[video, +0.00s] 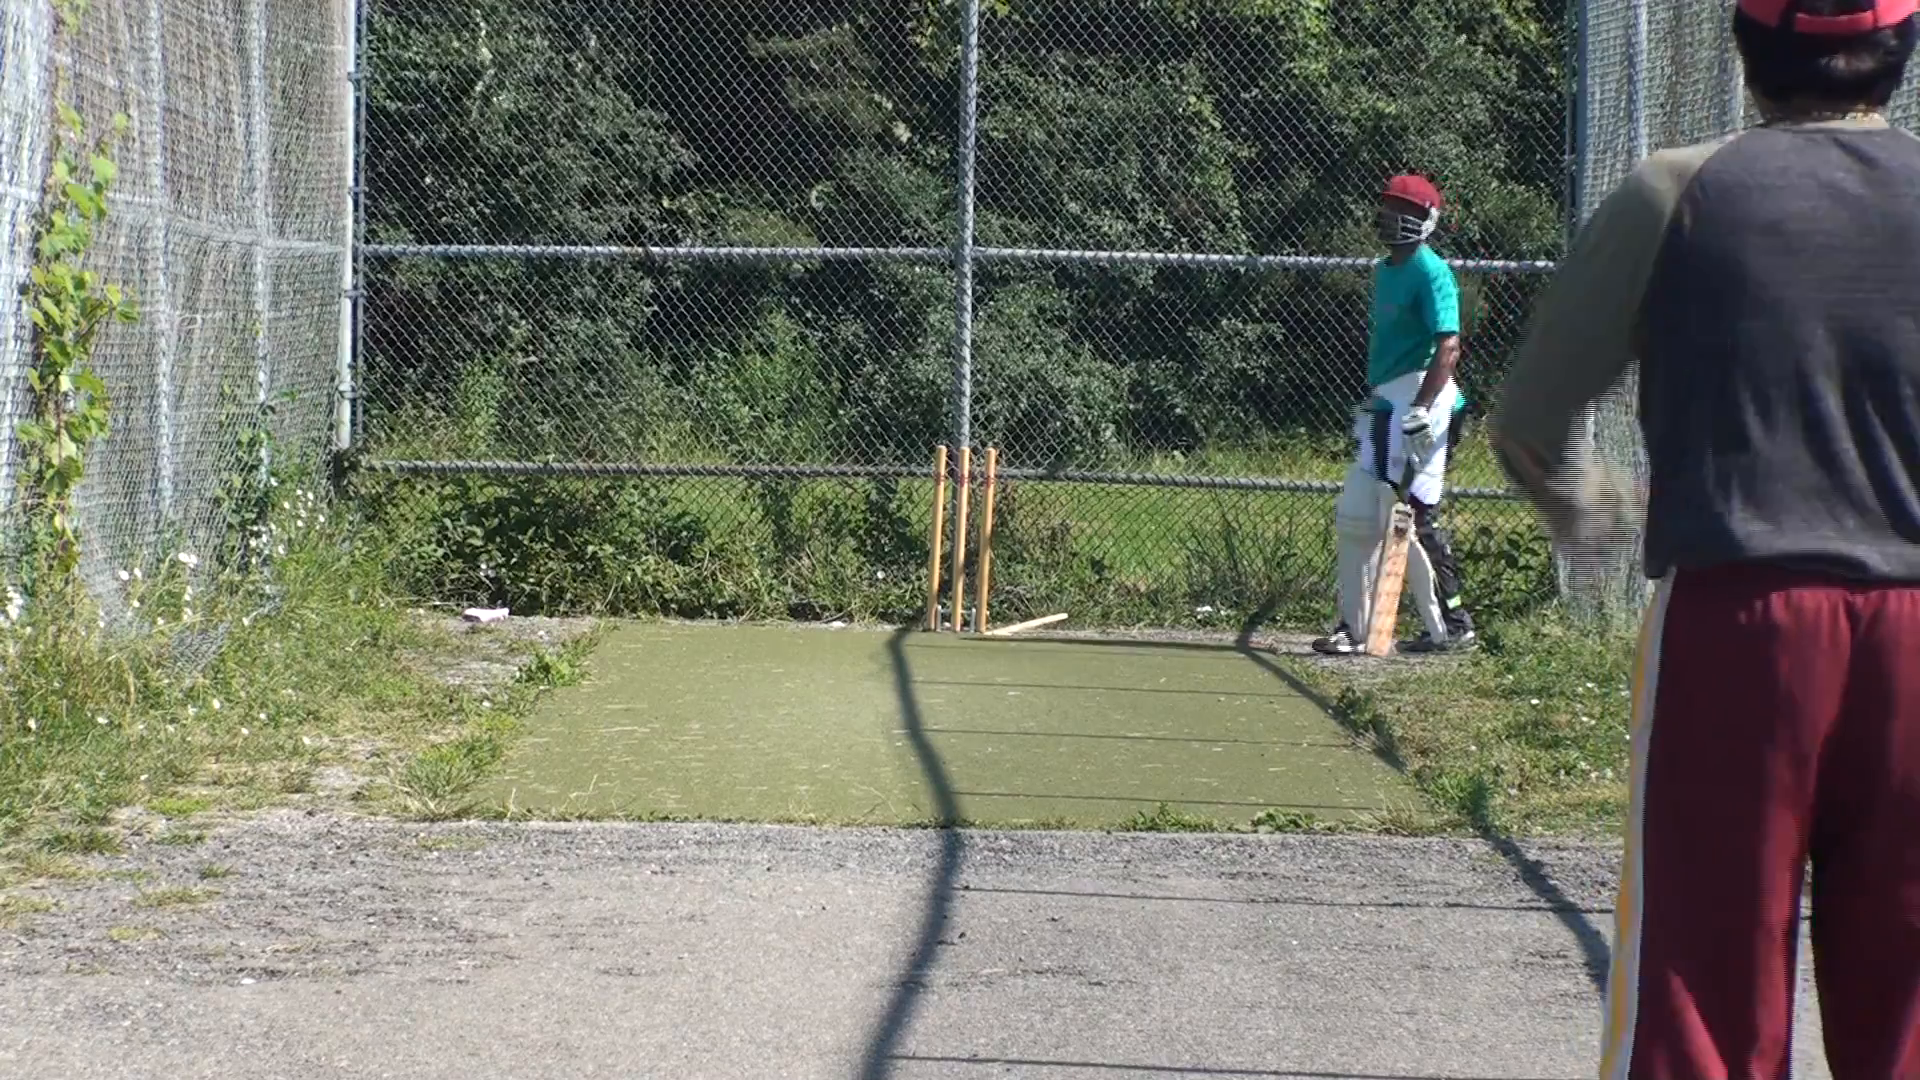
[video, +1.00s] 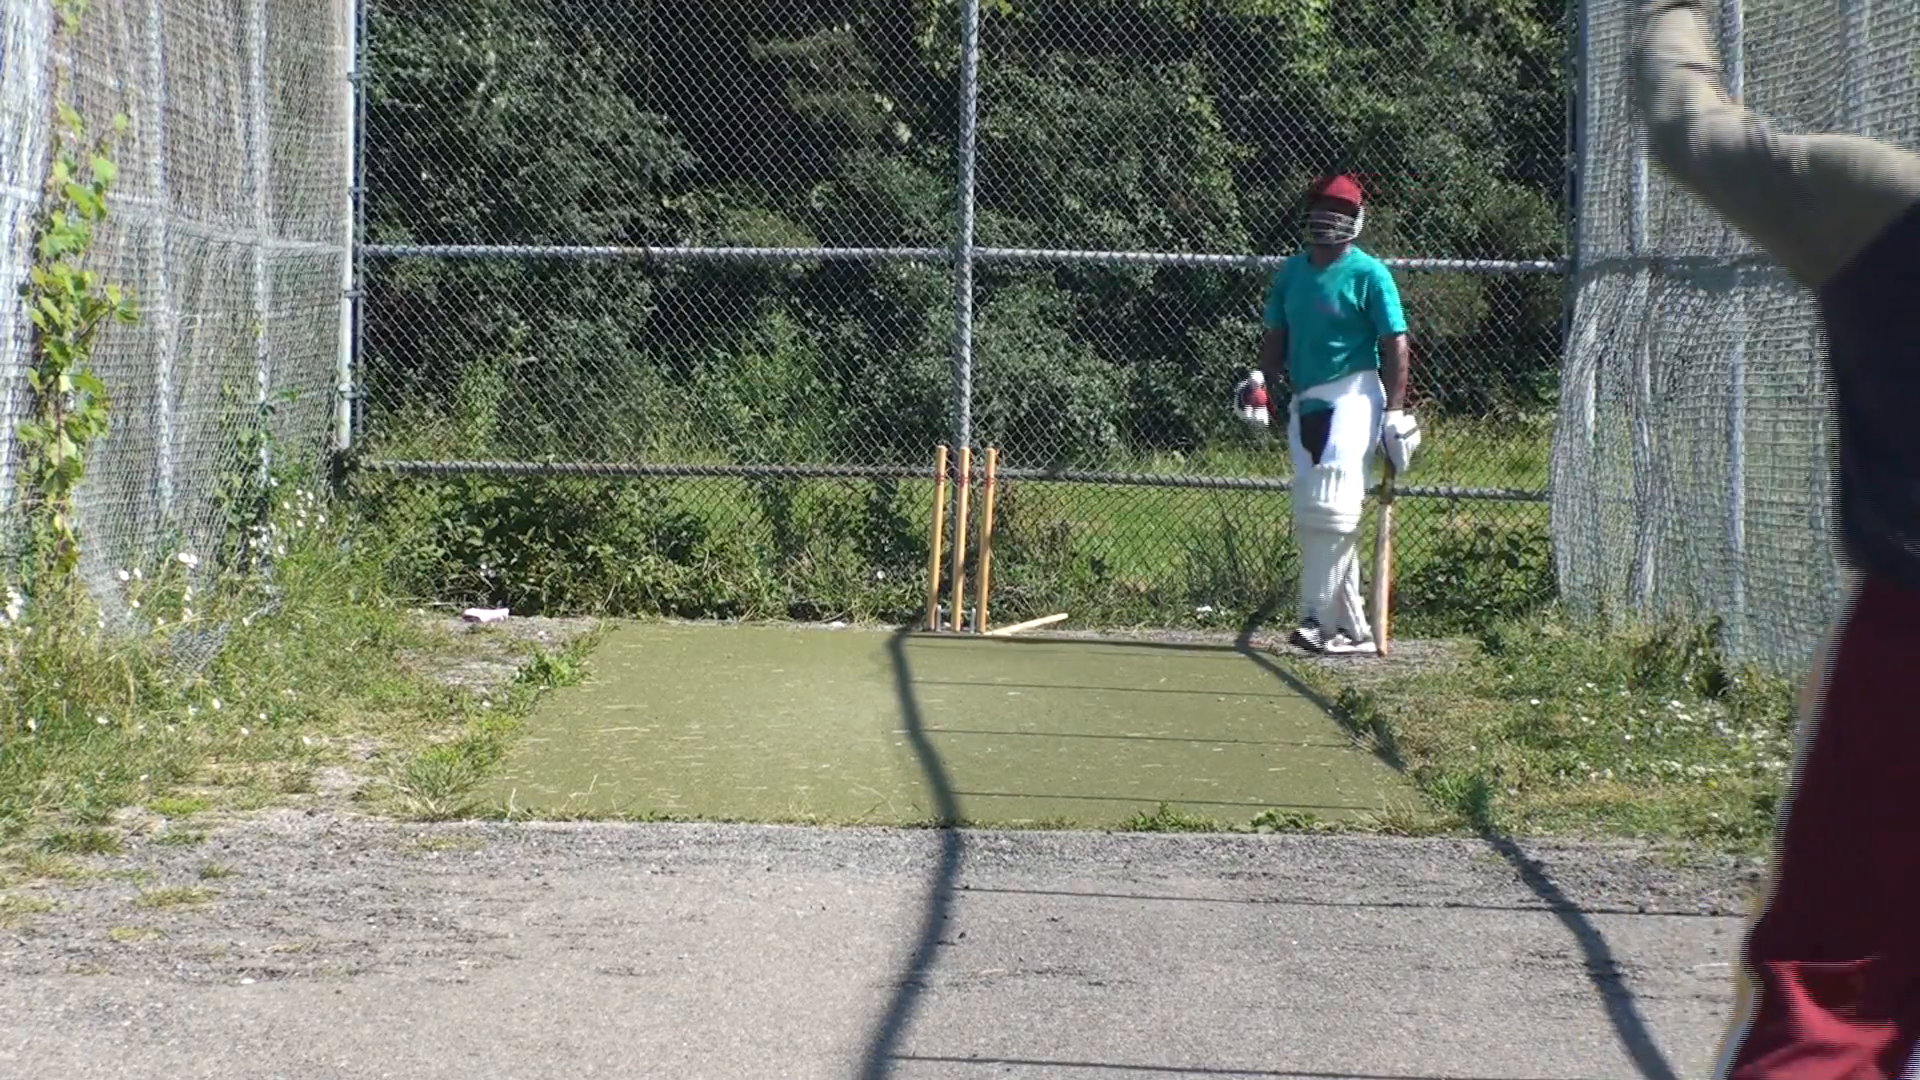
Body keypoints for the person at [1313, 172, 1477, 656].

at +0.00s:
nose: (1396, 224)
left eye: (1408, 217)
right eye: (1388, 215)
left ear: (1429, 222)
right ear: (1380, 218)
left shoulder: (1432, 272)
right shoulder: (1387, 270)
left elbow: (1449, 347)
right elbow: (1389, 345)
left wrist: (1423, 410)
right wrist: (1372, 404)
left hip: (1418, 400)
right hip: (1385, 401)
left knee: (1410, 516)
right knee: (1355, 515)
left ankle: (1447, 624)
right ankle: (1356, 626)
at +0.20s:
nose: (1382, 224)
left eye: (1395, 217)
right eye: (1375, 214)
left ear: (1413, 223)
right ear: (1366, 217)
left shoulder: (1418, 273)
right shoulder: (1353, 271)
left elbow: (1440, 345)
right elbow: (1342, 338)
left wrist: (1424, 409)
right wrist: (1328, 397)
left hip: (1393, 400)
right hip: (1351, 400)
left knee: (1374, 519)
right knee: (1331, 520)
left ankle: (1441, 622)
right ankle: (1355, 630)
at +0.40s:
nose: (1372, 220)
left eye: (1383, 214)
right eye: (1364, 211)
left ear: (1399, 222)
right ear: (1350, 215)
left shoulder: (1406, 273)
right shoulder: (1332, 269)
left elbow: (1423, 345)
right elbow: (1314, 334)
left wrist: (1410, 410)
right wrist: (1297, 393)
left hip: (1380, 397)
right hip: (1334, 397)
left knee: (1358, 513)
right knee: (1323, 520)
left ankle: (1392, 614)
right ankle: (1351, 627)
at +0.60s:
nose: (1357, 223)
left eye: (1370, 216)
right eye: (1351, 213)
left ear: (1386, 224)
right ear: (1338, 216)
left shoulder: (1394, 273)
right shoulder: (1315, 269)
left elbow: (1414, 349)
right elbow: (1300, 336)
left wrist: (1402, 412)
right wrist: (1283, 393)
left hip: (1369, 398)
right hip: (1322, 399)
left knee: (1354, 514)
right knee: (1320, 516)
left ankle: (1366, 628)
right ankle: (1344, 624)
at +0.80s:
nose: (1344, 222)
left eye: (1356, 216)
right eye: (1336, 214)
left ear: (1372, 223)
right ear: (1323, 217)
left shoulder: (1383, 272)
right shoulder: (1303, 269)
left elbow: (1405, 346)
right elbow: (1288, 335)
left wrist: (1400, 412)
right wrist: (1274, 389)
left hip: (1362, 391)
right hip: (1314, 395)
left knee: (1341, 501)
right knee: (1315, 507)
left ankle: (1358, 621)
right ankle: (1343, 621)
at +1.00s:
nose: (1326, 228)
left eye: (1338, 221)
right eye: (1319, 219)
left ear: (1355, 226)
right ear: (1308, 221)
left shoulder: (1370, 273)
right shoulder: (1291, 271)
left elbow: (1396, 346)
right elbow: (1274, 335)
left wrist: (1394, 412)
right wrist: (1266, 382)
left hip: (1353, 393)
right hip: (1305, 396)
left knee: (1330, 502)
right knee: (1317, 507)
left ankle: (1316, 619)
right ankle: (1351, 625)